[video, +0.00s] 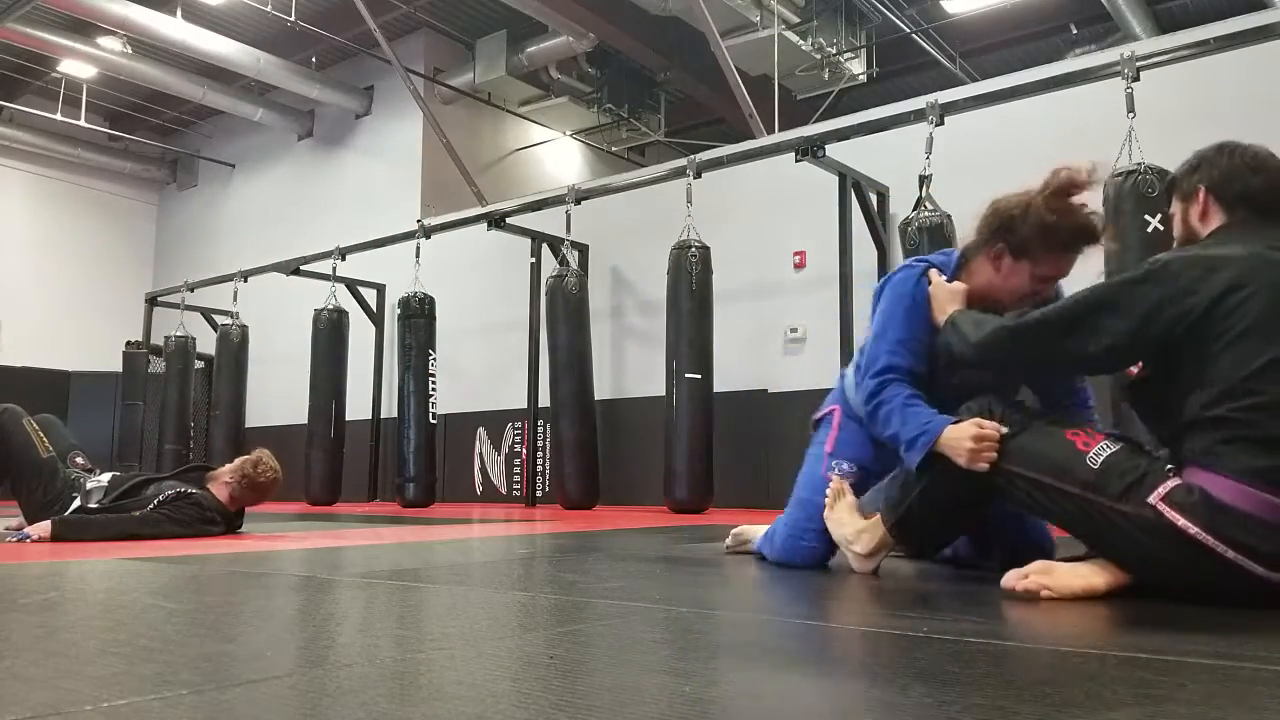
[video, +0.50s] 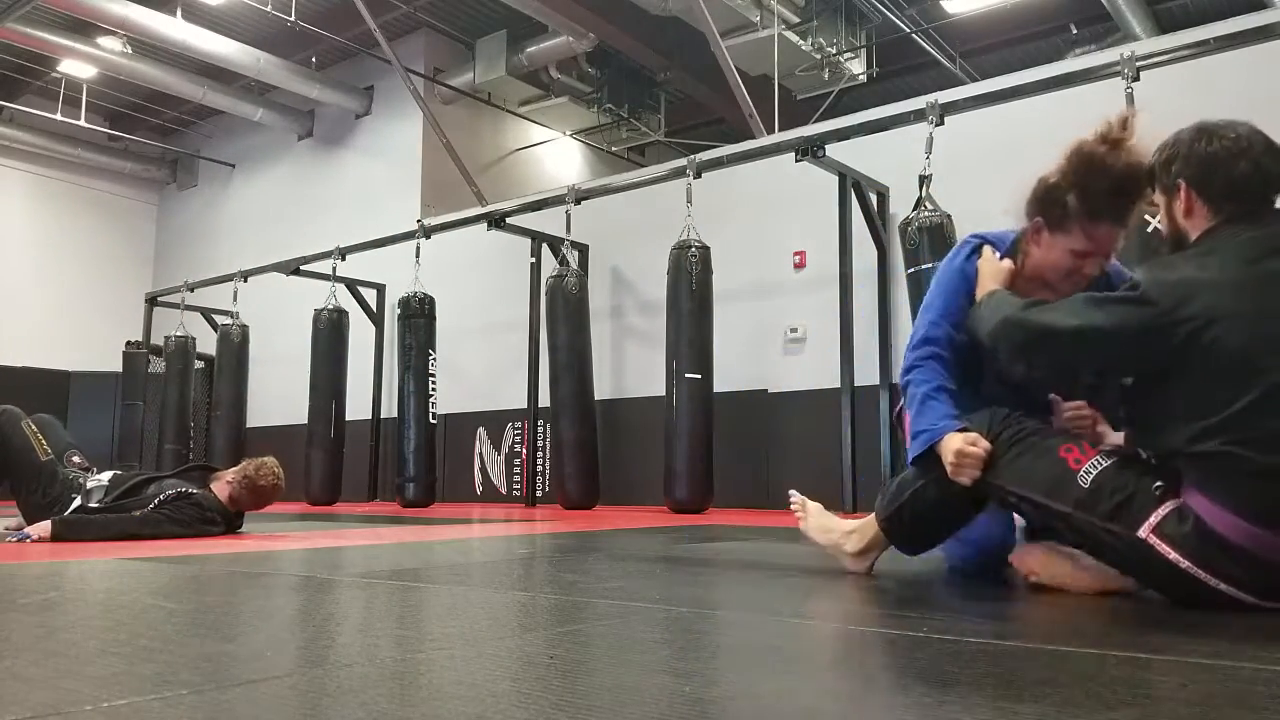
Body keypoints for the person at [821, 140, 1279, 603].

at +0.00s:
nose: (1171, 232)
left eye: (1175, 218)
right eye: (1172, 219)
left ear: (1204, 205)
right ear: (1267, 209)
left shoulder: (1198, 271)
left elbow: (1044, 334)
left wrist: (953, 318)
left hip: (1216, 532)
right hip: (1272, 554)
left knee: (994, 432)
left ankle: (873, 533)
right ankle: (1112, 564)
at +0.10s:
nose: (1167, 226)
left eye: (1169, 211)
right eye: (1167, 213)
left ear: (1194, 203)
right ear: (1266, 203)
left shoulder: (1182, 280)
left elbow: (1004, 349)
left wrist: (964, 309)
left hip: (1212, 533)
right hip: (1274, 556)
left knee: (1006, 431)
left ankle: (873, 539)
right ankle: (1112, 565)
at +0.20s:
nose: (1160, 222)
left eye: (1162, 208)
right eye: (1159, 210)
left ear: (1186, 202)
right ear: (1262, 200)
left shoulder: (1174, 287)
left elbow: (1010, 349)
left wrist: (980, 305)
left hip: (1211, 542)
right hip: (1274, 559)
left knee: (1009, 430)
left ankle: (867, 536)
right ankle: (1111, 565)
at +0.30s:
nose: (1159, 222)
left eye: (1163, 208)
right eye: (1158, 211)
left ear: (1189, 201)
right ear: (1264, 194)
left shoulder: (1178, 288)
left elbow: (1027, 348)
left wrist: (989, 293)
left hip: (1208, 542)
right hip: (1269, 556)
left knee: (1002, 430)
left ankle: (865, 537)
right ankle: (1110, 564)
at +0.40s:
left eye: (1163, 203)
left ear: (1190, 197)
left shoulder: (1176, 286)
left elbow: (1029, 335)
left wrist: (992, 284)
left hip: (1214, 546)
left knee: (1006, 430)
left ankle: (865, 534)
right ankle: (1104, 561)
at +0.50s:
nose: (1160, 222)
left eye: (1165, 207)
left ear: (1189, 204)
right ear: (1268, 195)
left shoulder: (1176, 290)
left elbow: (1025, 342)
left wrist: (989, 293)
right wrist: (1119, 434)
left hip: (1208, 553)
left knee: (1003, 433)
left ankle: (864, 534)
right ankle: (1099, 563)